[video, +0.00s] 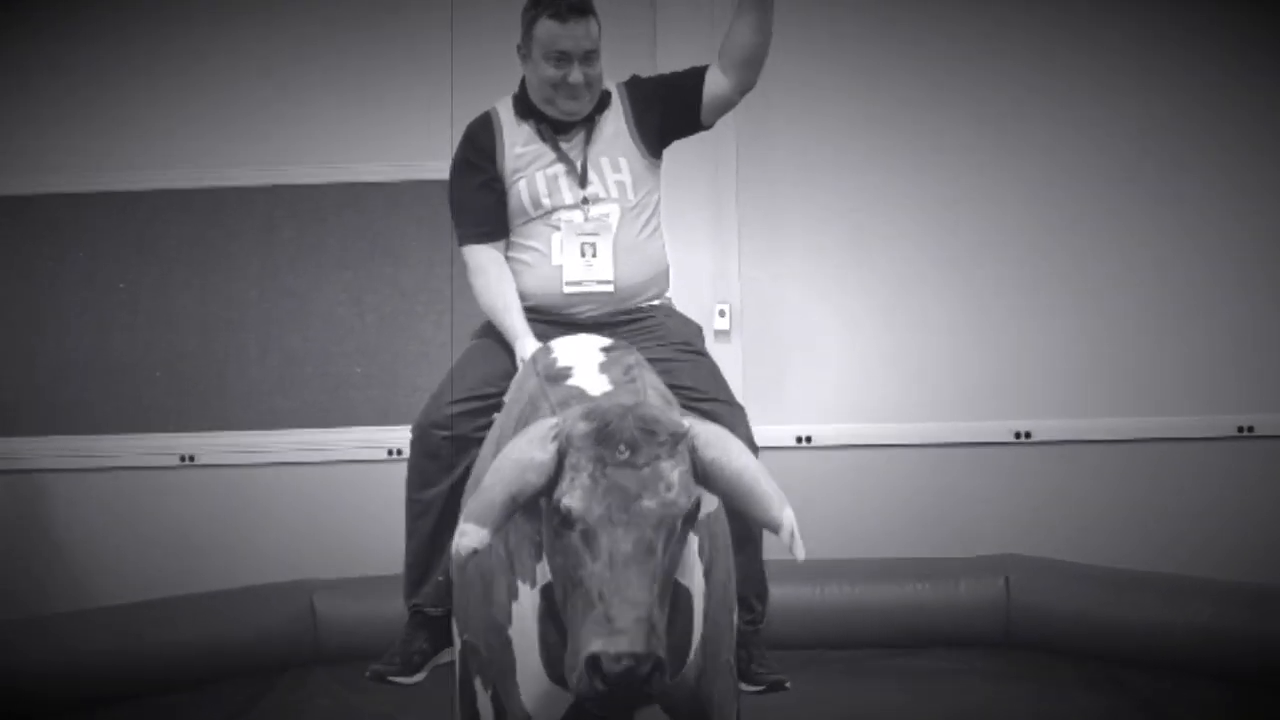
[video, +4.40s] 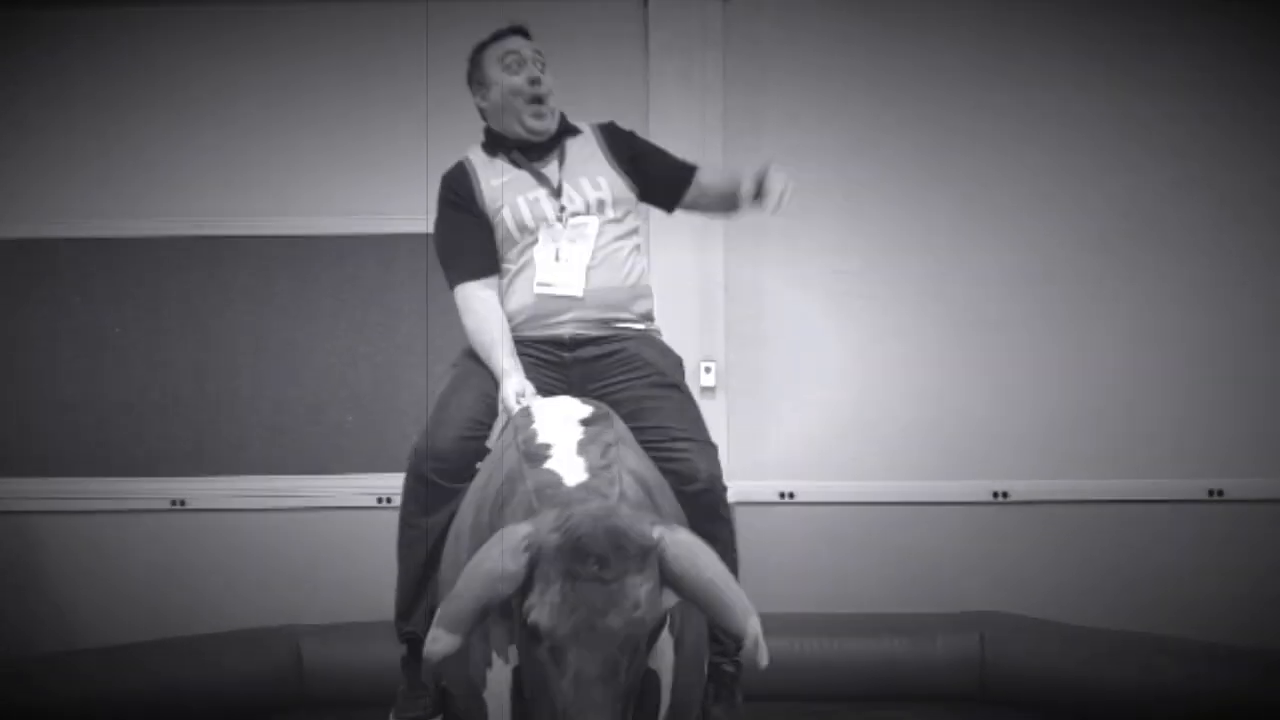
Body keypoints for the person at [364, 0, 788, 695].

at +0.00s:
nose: (574, 75)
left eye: (588, 58)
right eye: (557, 59)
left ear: (603, 50)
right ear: (524, 54)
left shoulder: (640, 108)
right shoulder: (488, 138)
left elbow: (733, 77)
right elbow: (483, 256)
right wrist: (526, 348)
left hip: (643, 318)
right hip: (529, 325)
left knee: (732, 443)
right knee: (438, 431)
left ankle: (742, 635)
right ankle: (429, 622)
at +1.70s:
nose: (504, 30)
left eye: (514, 14)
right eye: (479, 22)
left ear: (538, 29)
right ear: (455, 59)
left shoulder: (614, 105)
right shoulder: (461, 173)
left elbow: (700, 182)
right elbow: (482, 321)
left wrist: (796, 232)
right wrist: (520, 435)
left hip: (662, 383)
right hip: (528, 389)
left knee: (738, 559)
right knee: (424, 534)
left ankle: (750, 702)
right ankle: (416, 704)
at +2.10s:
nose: (495, 74)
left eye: (507, 52)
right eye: (469, 64)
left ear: (538, 66)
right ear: (448, 98)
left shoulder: (619, 127)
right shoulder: (448, 208)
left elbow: (707, 220)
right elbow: (473, 357)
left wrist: (726, 328)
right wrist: (514, 476)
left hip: (658, 419)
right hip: (518, 429)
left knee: (736, 599)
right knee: (413, 572)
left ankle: (749, 718)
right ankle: (409, 715)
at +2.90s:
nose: (539, 154)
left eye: (550, 135)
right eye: (517, 141)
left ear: (569, 144)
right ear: (489, 160)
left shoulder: (628, 207)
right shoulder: (467, 246)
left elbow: (701, 305)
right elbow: (465, 375)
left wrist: (649, 405)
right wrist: (515, 460)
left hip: (645, 432)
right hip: (521, 441)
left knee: (731, 576)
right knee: (420, 554)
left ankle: (754, 710)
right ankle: (412, 708)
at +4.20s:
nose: (545, 112)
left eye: (552, 100)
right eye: (525, 103)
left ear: (566, 116)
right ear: (496, 129)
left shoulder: (609, 178)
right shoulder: (472, 202)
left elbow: (666, 257)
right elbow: (468, 308)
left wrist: (630, 331)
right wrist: (502, 384)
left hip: (615, 363)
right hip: (508, 372)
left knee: (688, 480)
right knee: (432, 469)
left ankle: (716, 665)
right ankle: (420, 664)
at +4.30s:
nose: (536, 92)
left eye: (541, 80)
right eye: (515, 84)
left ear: (556, 94)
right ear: (485, 113)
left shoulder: (607, 158)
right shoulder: (468, 189)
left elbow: (686, 213)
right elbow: (470, 296)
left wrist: (700, 262)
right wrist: (503, 376)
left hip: (618, 352)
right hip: (510, 361)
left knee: (693, 481)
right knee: (433, 464)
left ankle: (719, 659)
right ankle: (418, 660)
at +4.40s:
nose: (535, 77)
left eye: (540, 64)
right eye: (513, 68)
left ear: (554, 81)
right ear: (480, 98)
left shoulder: (609, 144)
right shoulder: (468, 181)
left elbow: (693, 186)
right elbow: (474, 292)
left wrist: (744, 188)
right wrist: (510, 375)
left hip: (625, 345)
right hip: (519, 353)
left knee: (699, 479)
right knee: (436, 460)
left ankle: (722, 664)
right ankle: (419, 653)